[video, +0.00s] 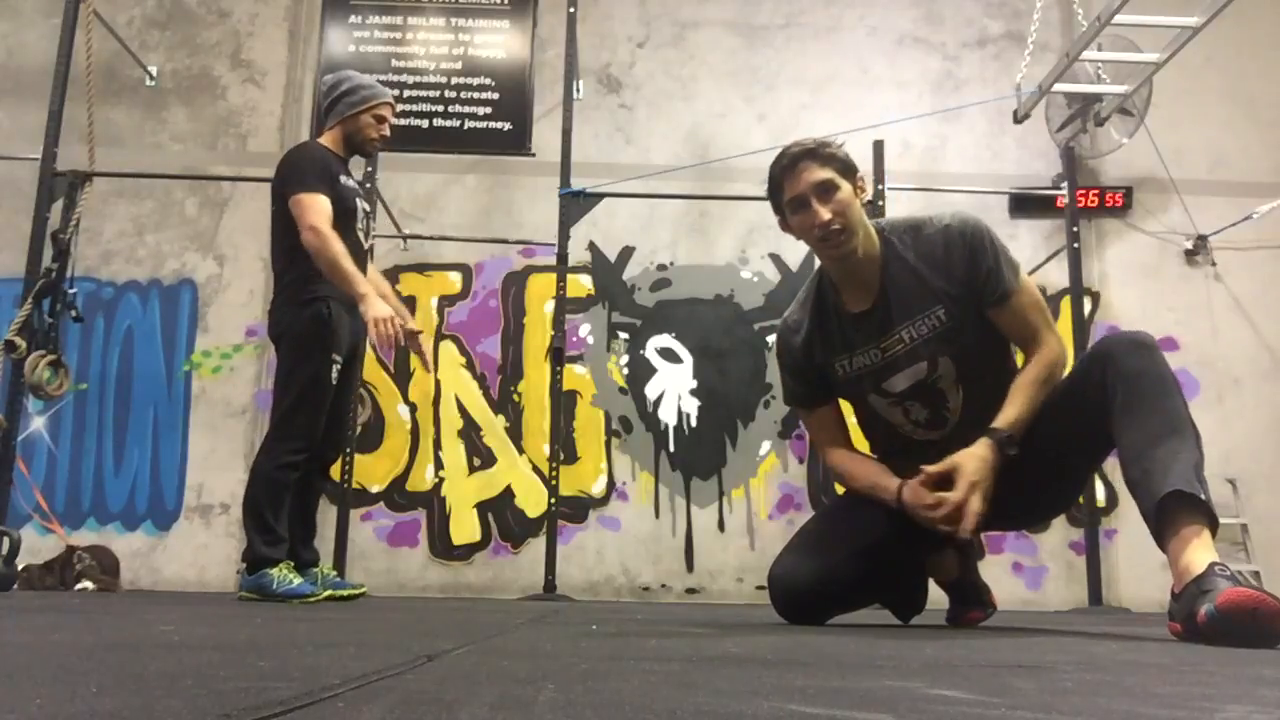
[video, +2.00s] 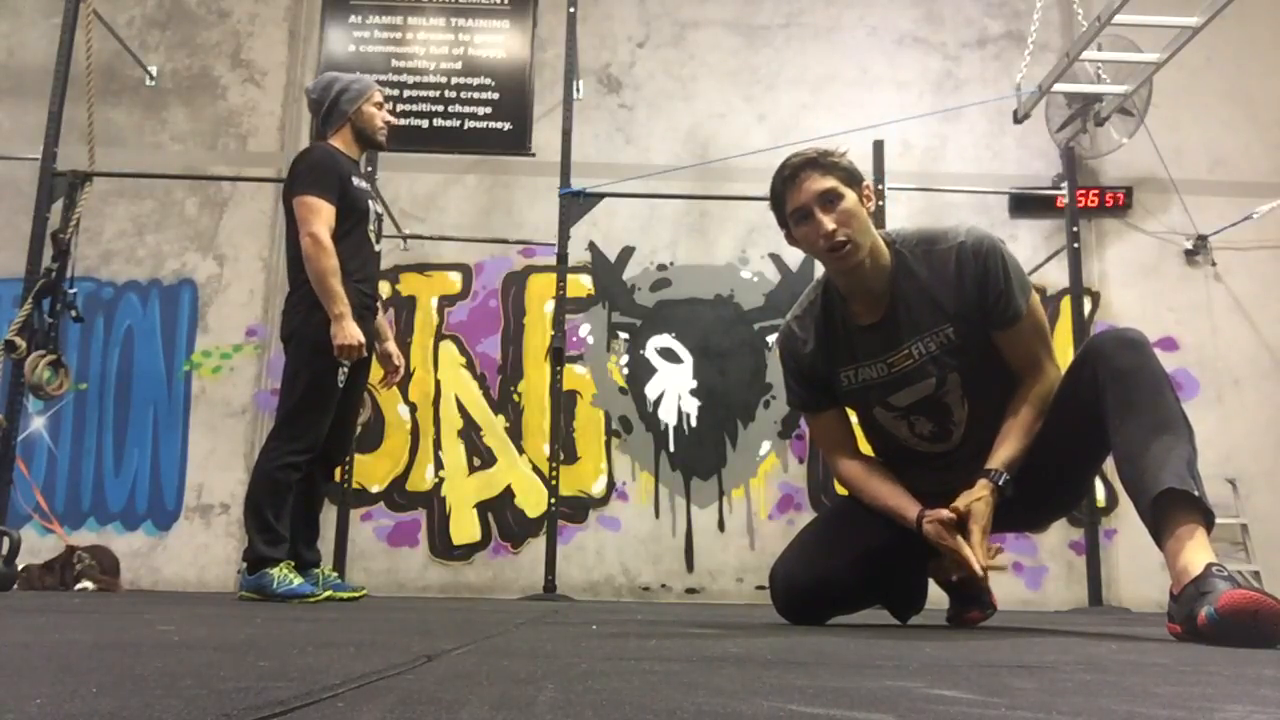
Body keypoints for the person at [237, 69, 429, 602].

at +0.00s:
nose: (386, 131)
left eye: (389, 122)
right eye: (378, 119)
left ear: (360, 120)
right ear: (344, 115)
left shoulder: (344, 176)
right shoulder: (307, 159)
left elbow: (359, 260)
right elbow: (315, 234)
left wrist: (397, 308)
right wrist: (365, 295)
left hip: (342, 319)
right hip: (311, 316)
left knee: (320, 445)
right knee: (291, 440)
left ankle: (301, 564)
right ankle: (263, 566)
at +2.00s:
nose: (389, 115)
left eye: (387, 107)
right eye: (379, 106)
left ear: (359, 116)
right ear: (347, 112)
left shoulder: (354, 175)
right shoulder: (319, 161)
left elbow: (360, 269)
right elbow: (314, 240)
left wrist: (384, 336)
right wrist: (340, 316)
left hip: (348, 330)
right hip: (319, 325)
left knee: (323, 452)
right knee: (295, 442)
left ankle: (302, 564)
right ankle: (263, 566)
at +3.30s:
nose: (385, 116)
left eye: (384, 108)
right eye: (376, 107)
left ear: (356, 116)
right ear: (344, 112)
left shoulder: (354, 174)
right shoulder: (315, 162)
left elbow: (359, 265)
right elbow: (311, 242)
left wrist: (380, 334)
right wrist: (334, 316)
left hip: (347, 328)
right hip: (317, 324)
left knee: (323, 450)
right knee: (295, 441)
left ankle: (302, 564)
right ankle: (262, 566)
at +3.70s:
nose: (386, 116)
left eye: (384, 107)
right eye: (376, 107)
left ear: (357, 116)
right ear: (344, 112)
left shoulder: (354, 174)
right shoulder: (315, 162)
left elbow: (359, 264)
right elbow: (311, 242)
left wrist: (380, 334)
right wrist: (335, 317)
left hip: (347, 328)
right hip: (317, 324)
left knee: (323, 450)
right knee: (295, 441)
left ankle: (302, 564)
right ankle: (262, 566)